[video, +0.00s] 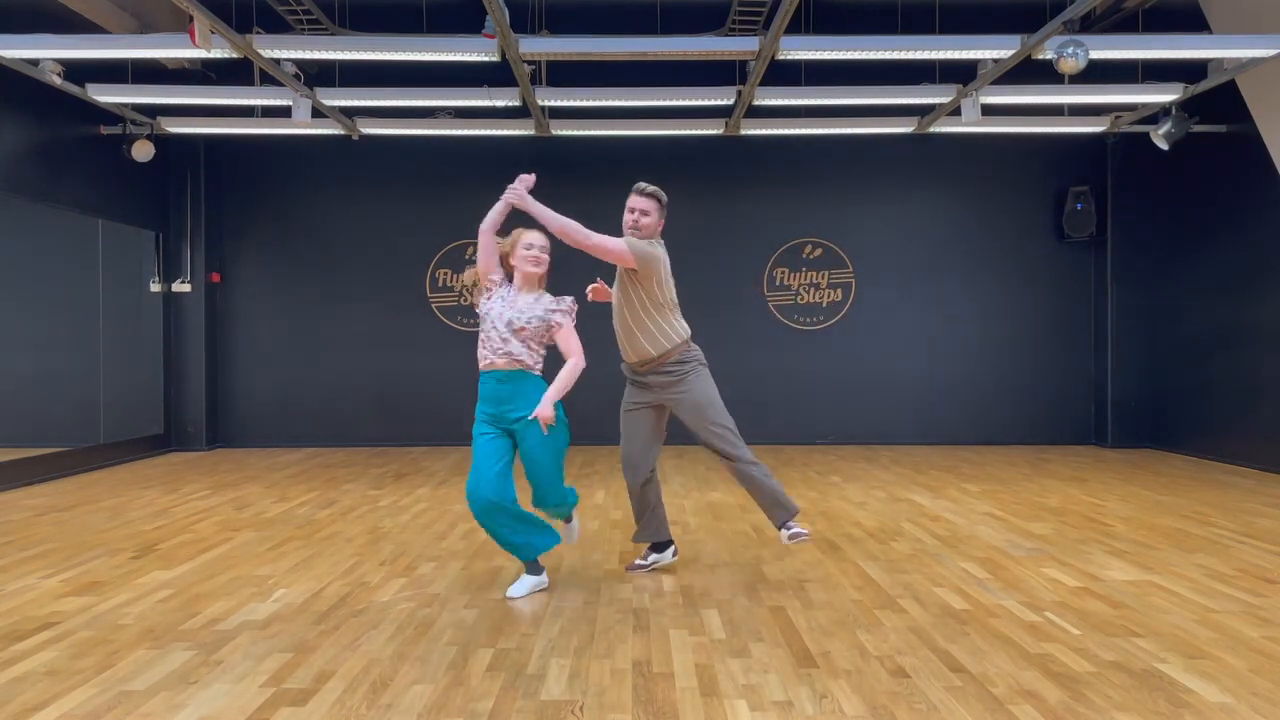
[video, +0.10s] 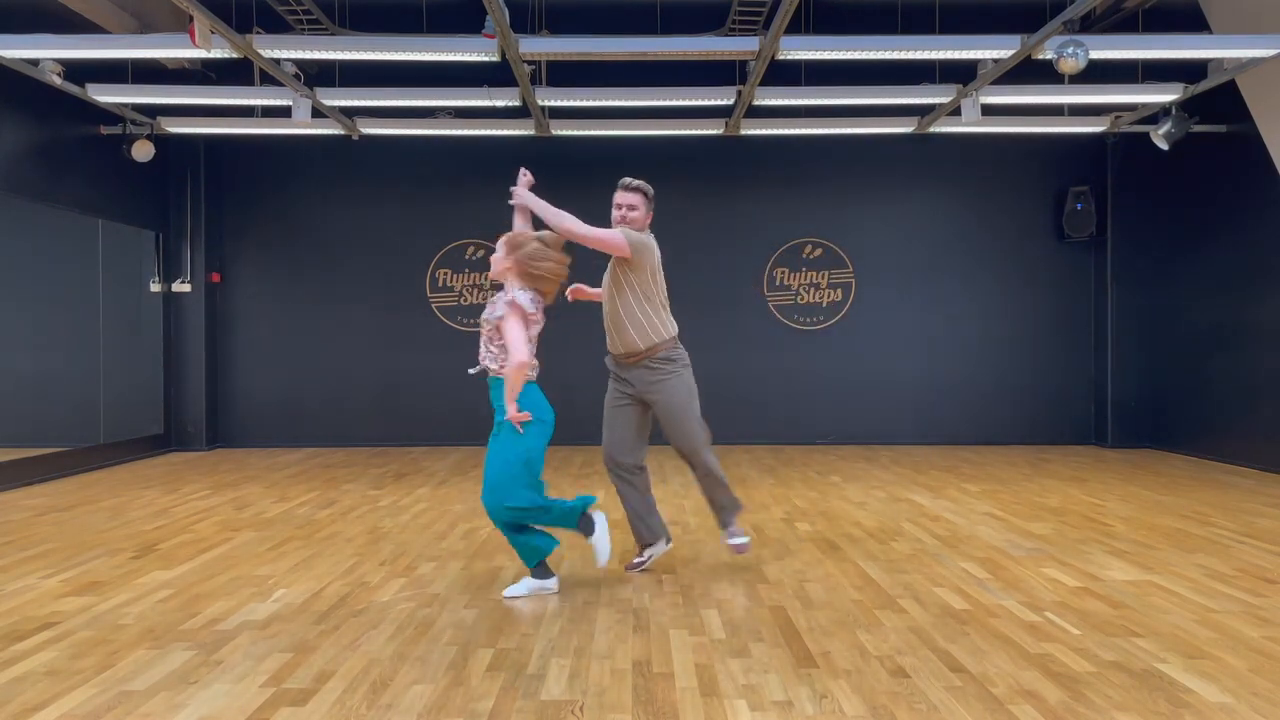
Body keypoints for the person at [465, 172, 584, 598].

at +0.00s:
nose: (537, 251)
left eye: (543, 248)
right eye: (528, 246)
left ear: (549, 262)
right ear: (511, 257)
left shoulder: (552, 307)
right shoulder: (494, 288)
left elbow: (576, 360)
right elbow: (486, 230)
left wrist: (549, 398)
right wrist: (509, 198)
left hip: (532, 400)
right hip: (488, 401)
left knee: (547, 496)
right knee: (484, 496)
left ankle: (566, 509)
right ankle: (533, 570)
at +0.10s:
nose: (492, 254)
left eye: (498, 252)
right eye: (496, 249)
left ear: (514, 265)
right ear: (520, 263)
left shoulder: (512, 307)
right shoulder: (521, 291)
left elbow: (520, 360)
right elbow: (523, 245)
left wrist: (511, 402)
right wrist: (522, 200)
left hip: (523, 407)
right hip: (511, 406)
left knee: (506, 498)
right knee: (498, 500)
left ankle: (586, 519)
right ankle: (542, 573)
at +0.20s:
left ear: (489, 259)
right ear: (532, 255)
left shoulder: (480, 304)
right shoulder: (547, 289)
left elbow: (469, 354)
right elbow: (551, 248)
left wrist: (476, 393)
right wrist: (556, 204)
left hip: (508, 399)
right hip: (548, 398)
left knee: (484, 491)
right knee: (530, 494)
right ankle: (542, 576)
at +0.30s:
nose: (529, 257)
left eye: (526, 251)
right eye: (524, 253)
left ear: (485, 263)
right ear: (508, 262)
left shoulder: (469, 300)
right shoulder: (533, 286)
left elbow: (448, 347)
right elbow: (575, 240)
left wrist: (465, 385)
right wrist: (592, 198)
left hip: (489, 392)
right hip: (535, 392)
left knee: (470, 489)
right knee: (545, 483)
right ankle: (538, 577)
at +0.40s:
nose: (533, 255)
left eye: (528, 250)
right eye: (526, 254)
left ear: (497, 270)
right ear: (512, 269)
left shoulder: (471, 300)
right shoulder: (539, 291)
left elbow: (444, 347)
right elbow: (588, 256)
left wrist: (469, 381)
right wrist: (612, 216)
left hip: (471, 397)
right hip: (515, 400)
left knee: (449, 489)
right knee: (547, 481)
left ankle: (409, 579)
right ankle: (542, 578)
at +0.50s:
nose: (538, 261)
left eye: (533, 255)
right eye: (529, 257)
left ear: (501, 272)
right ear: (512, 270)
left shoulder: (473, 307)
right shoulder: (537, 301)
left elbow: (444, 350)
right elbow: (595, 286)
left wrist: (470, 376)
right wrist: (633, 256)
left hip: (460, 402)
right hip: (502, 406)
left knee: (436, 492)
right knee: (544, 483)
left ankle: (398, 583)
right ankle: (539, 578)